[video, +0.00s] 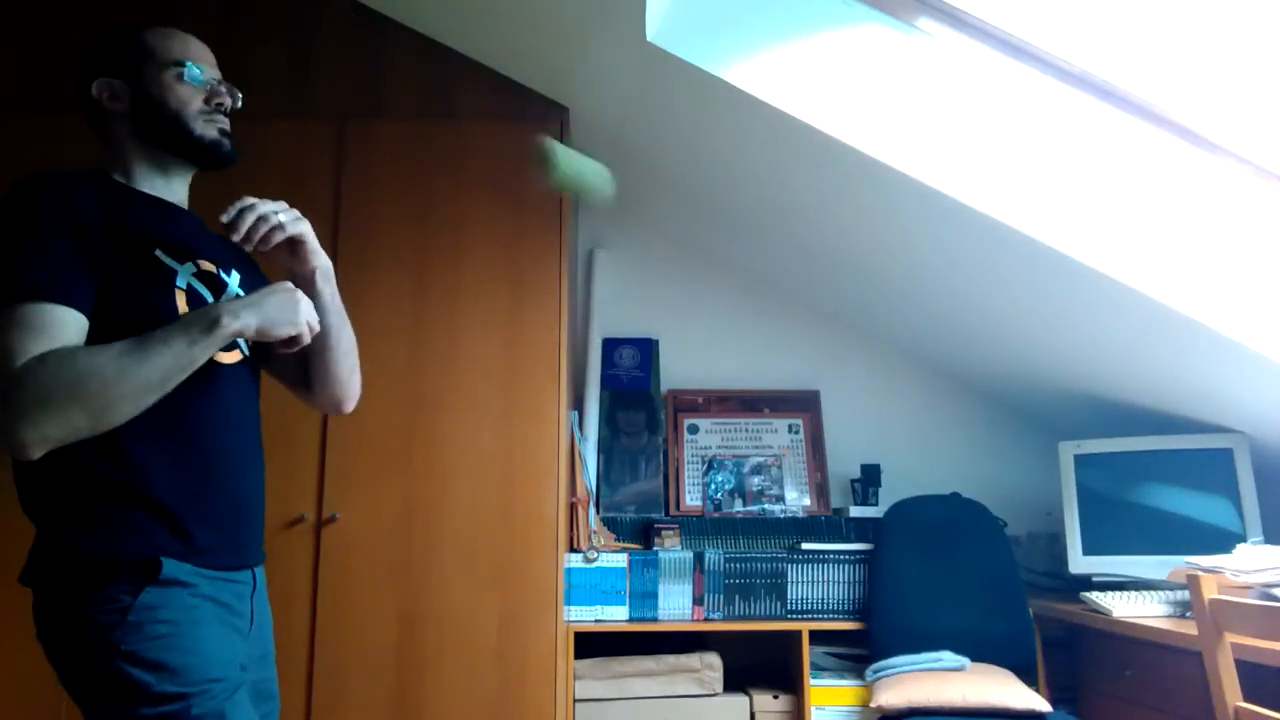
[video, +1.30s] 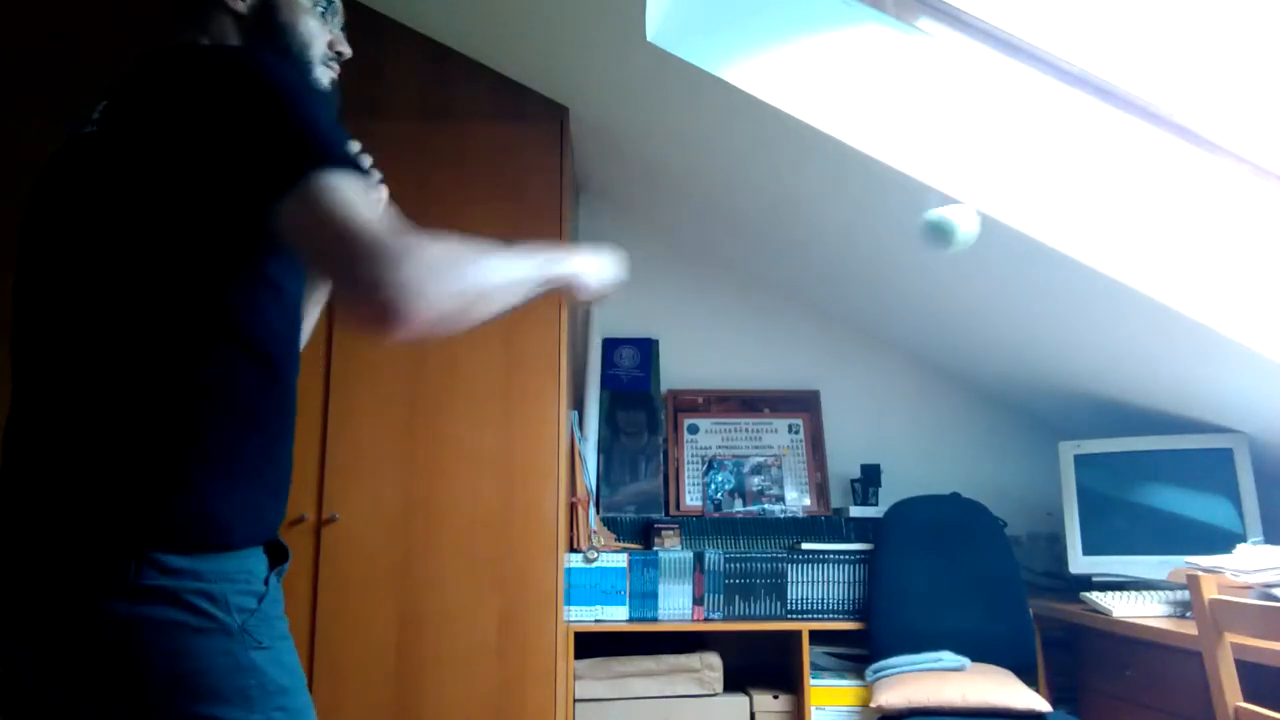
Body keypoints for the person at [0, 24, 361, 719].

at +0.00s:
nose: (223, 92)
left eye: (222, 83)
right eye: (188, 72)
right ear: (114, 96)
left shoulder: (220, 248)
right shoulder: (63, 210)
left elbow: (336, 392)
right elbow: (30, 415)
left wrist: (314, 267)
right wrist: (229, 318)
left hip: (240, 585)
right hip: (144, 589)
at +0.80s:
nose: (299, 91)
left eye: (297, 77)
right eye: (267, 66)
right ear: (186, 75)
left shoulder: (243, 239)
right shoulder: (116, 183)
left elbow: (322, 422)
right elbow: (101, 394)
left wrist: (354, 289)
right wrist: (301, 271)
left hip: (233, 595)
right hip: (153, 597)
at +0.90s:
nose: (315, 77)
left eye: (313, 61)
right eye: (285, 51)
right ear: (201, 54)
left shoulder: (224, 201)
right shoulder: (149, 160)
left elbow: (316, 408)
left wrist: (354, 260)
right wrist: (370, 243)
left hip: (213, 587)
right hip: (164, 589)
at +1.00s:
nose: (330, 60)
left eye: (328, 42)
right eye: (302, 30)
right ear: (219, 27)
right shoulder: (194, 115)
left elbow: (303, 396)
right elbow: (335, 282)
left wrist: (355, 249)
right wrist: (500, 202)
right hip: (176, 575)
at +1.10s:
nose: (346, 46)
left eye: (344, 23)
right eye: (323, 17)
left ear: (238, 25)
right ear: (242, 10)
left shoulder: (170, 115)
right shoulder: (254, 89)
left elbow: (284, 370)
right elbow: (495, 226)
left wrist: (353, 235)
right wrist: (670, 191)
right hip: (175, 574)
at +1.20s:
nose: (350, 45)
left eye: (351, 25)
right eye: (335, 16)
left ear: (243, 23)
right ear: (254, 5)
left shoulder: (157, 105)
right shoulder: (257, 79)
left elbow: (279, 350)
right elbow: (507, 230)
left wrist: (343, 232)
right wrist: (675, 226)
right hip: (173, 583)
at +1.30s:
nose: (342, 46)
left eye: (339, 22)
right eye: (325, 13)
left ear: (226, 18)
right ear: (240, 10)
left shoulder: (128, 106)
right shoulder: (243, 80)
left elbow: (251, 346)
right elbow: (398, 288)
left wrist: (346, 225)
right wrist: (561, 262)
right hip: (186, 583)